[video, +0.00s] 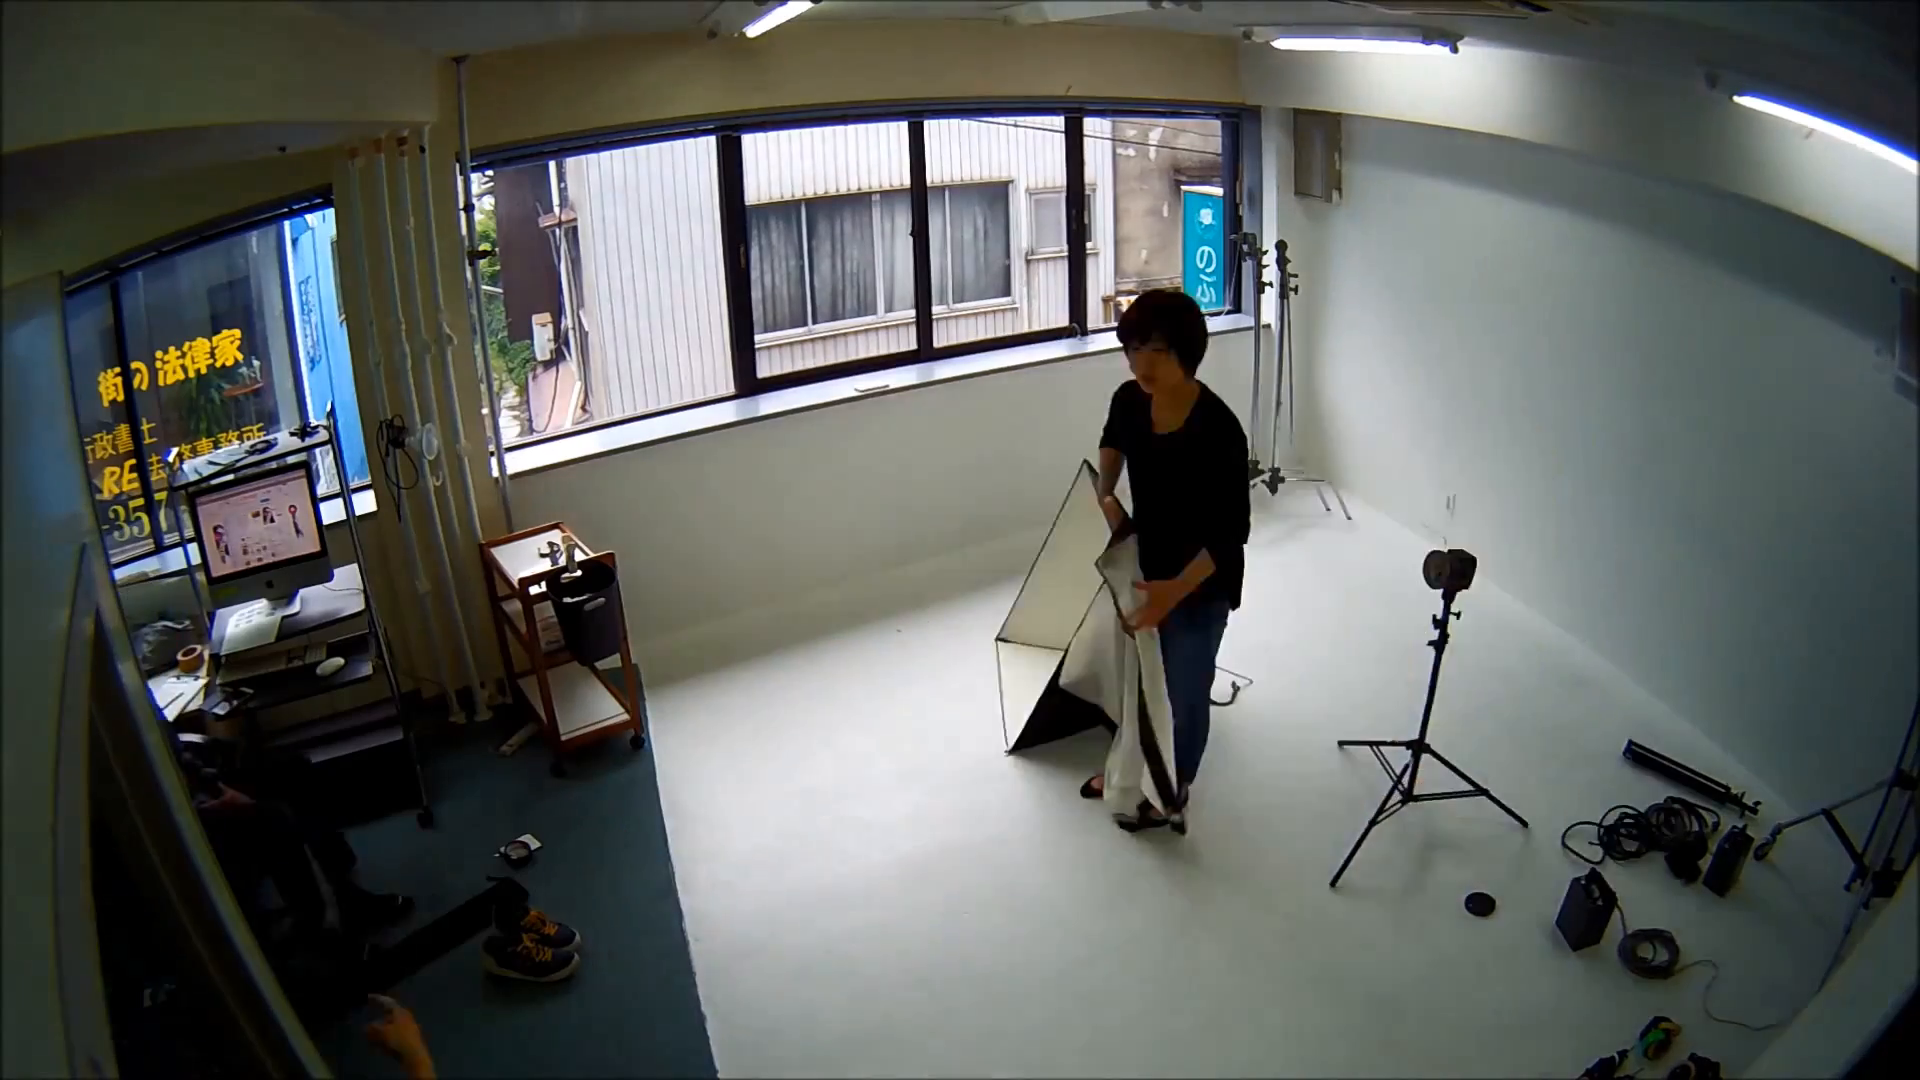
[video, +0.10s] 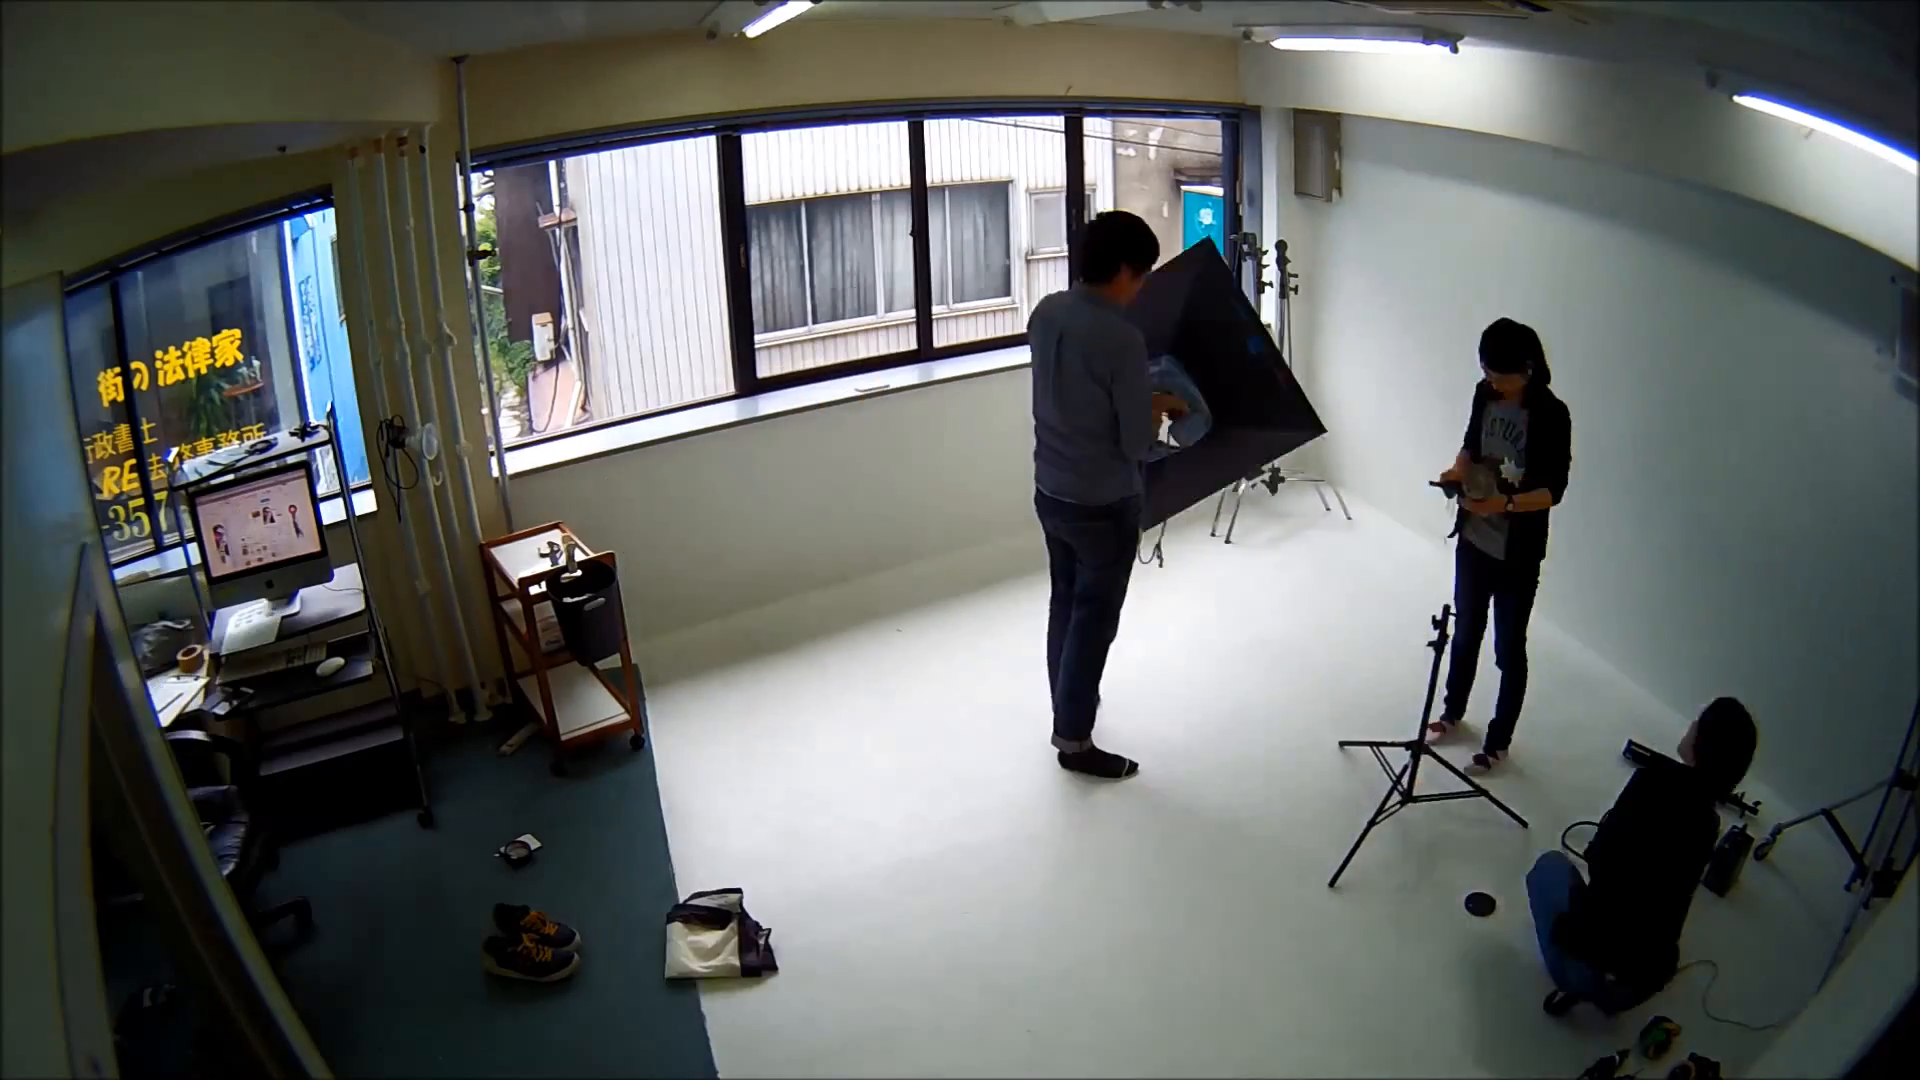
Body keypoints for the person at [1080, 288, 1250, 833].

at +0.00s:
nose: (1134, 364)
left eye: (1142, 350)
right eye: (1130, 351)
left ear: (1175, 350)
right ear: (1134, 352)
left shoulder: (1220, 429)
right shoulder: (1131, 399)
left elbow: (1230, 533)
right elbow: (1112, 446)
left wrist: (1174, 591)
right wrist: (1106, 495)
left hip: (1202, 580)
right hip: (1144, 566)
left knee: (1186, 692)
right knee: (1134, 677)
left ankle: (1178, 785)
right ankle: (1126, 766)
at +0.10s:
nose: (1139, 288)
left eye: (1142, 276)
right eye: (1140, 276)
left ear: (1086, 261)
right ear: (1124, 271)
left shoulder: (1046, 313)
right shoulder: (1120, 338)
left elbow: (1065, 397)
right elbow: (1138, 444)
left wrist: (1134, 396)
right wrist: (1157, 413)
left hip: (1052, 495)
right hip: (1103, 505)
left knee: (1065, 606)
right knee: (1095, 619)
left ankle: (1067, 724)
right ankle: (1074, 743)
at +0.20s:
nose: (1147, 284)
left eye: (1147, 276)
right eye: (1144, 277)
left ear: (1085, 272)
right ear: (1133, 286)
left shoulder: (1051, 311)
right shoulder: (1132, 348)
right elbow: (1163, 402)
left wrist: (1125, 318)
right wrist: (1149, 343)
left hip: (1057, 493)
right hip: (1111, 505)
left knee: (1066, 602)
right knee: (1099, 618)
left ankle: (1067, 721)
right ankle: (1074, 742)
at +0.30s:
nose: (1149, 280)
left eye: (1147, 270)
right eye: (1145, 270)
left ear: (1096, 269)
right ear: (1127, 274)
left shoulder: (1054, 314)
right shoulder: (1133, 335)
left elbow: (1035, 398)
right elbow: (1164, 428)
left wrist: (1082, 375)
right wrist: (1135, 389)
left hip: (1066, 492)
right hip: (1120, 500)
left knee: (1072, 602)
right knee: (1105, 618)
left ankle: (1068, 720)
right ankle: (1076, 742)